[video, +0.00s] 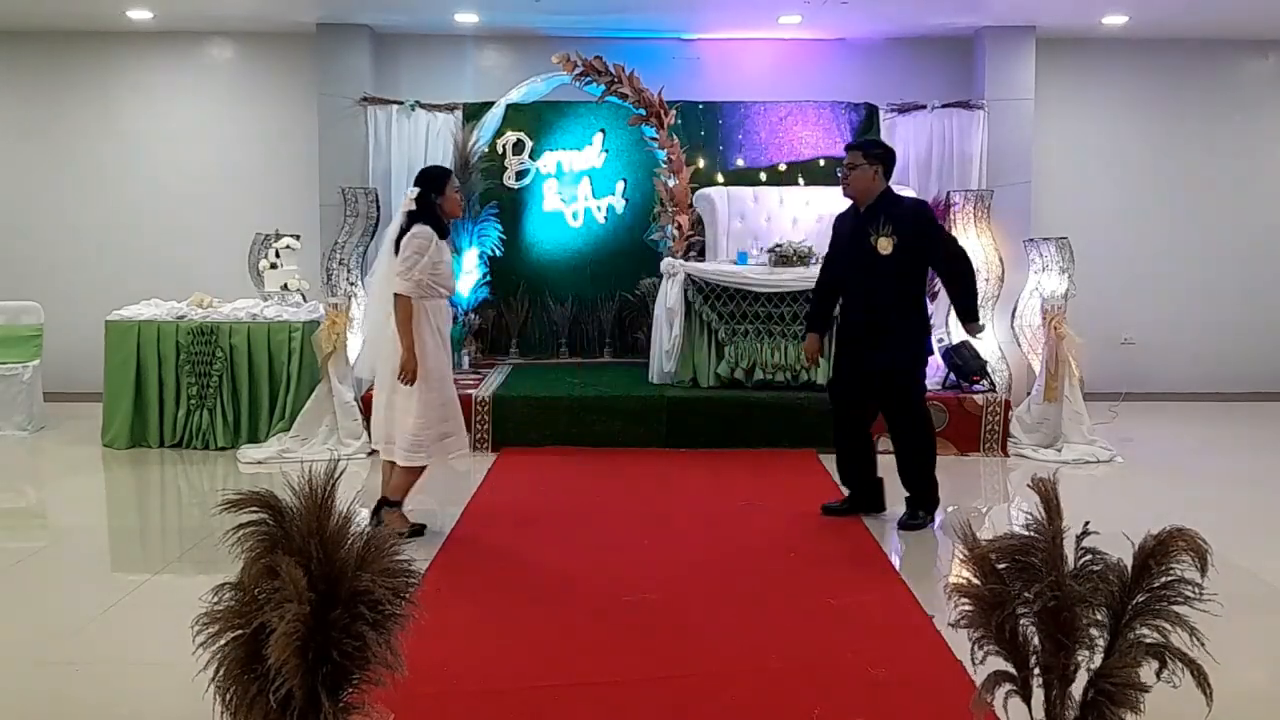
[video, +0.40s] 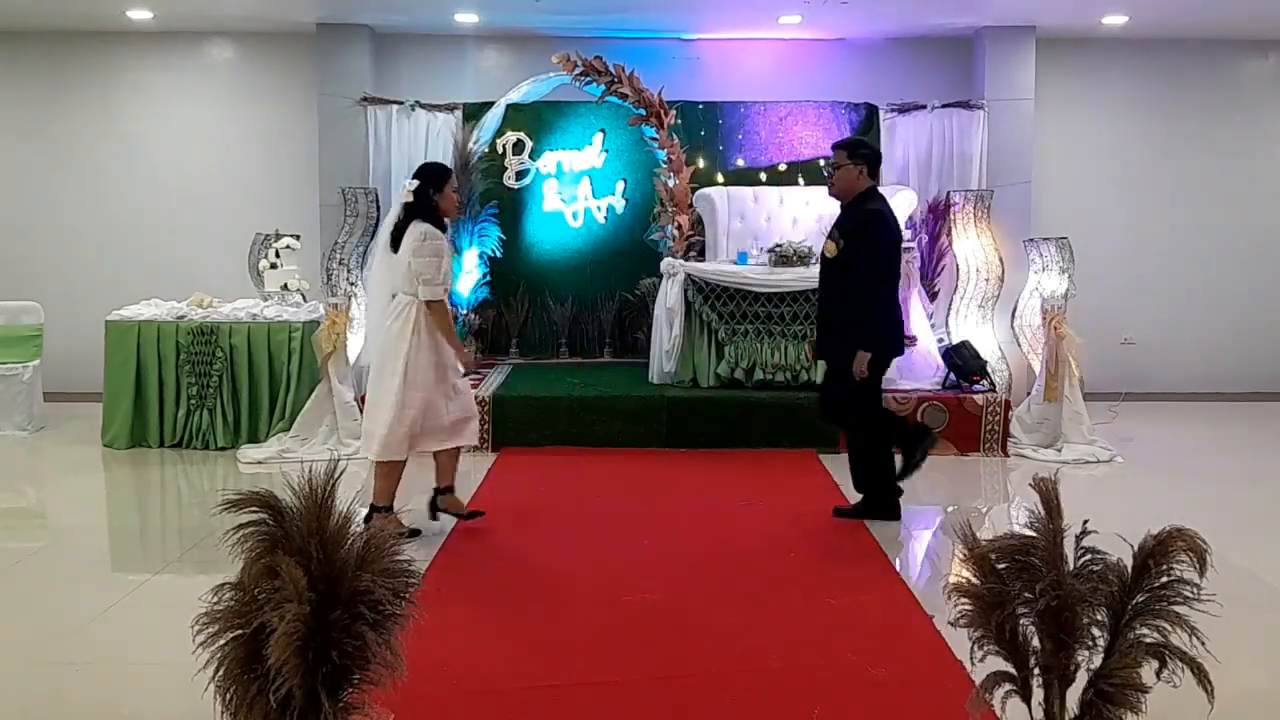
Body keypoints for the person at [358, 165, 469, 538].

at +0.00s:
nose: (461, 198)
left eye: (459, 192)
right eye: (454, 192)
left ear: (434, 197)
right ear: (436, 197)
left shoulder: (426, 232)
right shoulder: (422, 234)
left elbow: (408, 292)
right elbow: (401, 292)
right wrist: (407, 349)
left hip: (418, 341)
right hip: (419, 343)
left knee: (405, 421)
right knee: (427, 426)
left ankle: (389, 505)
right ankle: (392, 509)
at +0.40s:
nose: (459, 198)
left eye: (457, 190)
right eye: (453, 191)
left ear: (427, 195)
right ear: (434, 195)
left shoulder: (404, 231)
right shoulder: (428, 236)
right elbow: (434, 301)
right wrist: (460, 349)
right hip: (413, 344)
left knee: (455, 411)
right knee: (398, 423)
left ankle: (446, 494)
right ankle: (380, 512)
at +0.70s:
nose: (475, 208)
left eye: (473, 201)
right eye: (469, 202)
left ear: (446, 207)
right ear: (450, 207)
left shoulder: (431, 245)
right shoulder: (449, 250)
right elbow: (462, 314)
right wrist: (491, 355)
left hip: (441, 344)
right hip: (444, 348)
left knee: (468, 422)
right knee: (418, 427)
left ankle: (474, 506)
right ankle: (384, 511)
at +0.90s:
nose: (495, 201)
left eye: (494, 194)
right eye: (490, 195)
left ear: (465, 199)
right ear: (472, 199)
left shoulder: (457, 233)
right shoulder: (473, 237)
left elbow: (461, 298)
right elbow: (468, 298)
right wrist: (477, 352)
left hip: (461, 341)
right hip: (468, 343)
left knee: (466, 424)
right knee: (453, 425)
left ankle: (473, 505)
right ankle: (400, 493)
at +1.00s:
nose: (504, 201)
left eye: (502, 194)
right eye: (499, 195)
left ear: (474, 198)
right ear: (483, 198)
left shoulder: (462, 232)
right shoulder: (482, 236)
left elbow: (460, 296)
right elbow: (472, 297)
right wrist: (475, 352)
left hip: (467, 340)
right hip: (481, 341)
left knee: (468, 423)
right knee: (482, 423)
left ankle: (473, 506)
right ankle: (419, 470)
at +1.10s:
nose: (512, 200)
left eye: (511, 193)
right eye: (507, 194)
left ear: (484, 198)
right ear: (491, 198)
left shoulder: (477, 233)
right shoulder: (487, 235)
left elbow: (474, 296)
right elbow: (476, 295)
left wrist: (478, 350)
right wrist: (476, 350)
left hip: (484, 343)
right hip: (493, 343)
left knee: (480, 416)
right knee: (516, 416)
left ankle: (475, 504)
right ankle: (455, 464)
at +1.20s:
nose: (520, 199)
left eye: (519, 192)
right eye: (515, 193)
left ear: (489, 198)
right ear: (500, 197)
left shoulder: (481, 236)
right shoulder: (495, 237)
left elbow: (503, 295)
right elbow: (483, 295)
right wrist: (483, 350)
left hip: (481, 344)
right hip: (502, 344)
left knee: (475, 423)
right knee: (533, 414)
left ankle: (473, 506)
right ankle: (504, 488)